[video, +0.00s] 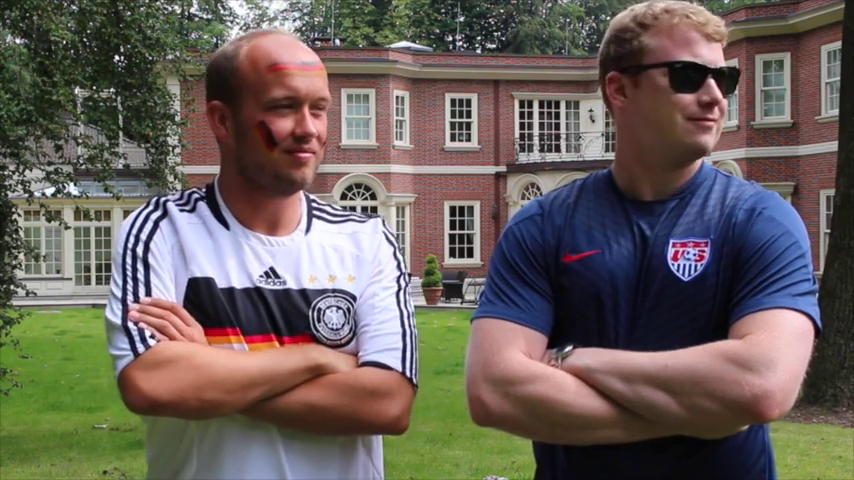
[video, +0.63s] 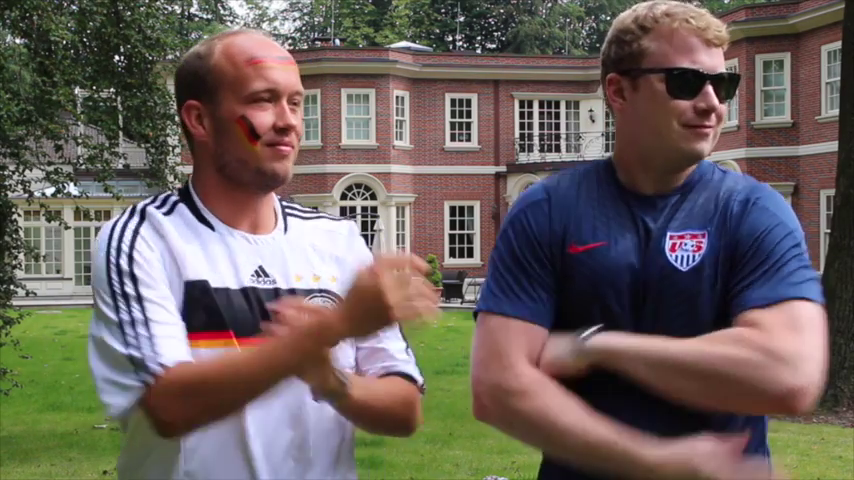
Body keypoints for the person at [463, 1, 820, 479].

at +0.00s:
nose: (714, 95)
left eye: (722, 79)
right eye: (687, 76)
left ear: (729, 90)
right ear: (618, 92)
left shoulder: (760, 220)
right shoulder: (539, 227)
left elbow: (762, 387)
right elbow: (492, 391)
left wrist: (569, 362)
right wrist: (685, 411)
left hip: (725, 473)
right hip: (575, 473)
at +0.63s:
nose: (711, 102)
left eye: (720, 84)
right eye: (684, 82)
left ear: (728, 92)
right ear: (618, 93)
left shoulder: (753, 211)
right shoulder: (542, 213)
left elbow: (789, 374)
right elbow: (497, 387)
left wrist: (592, 346)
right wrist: (653, 457)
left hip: (724, 472)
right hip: (578, 469)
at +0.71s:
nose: (700, 115)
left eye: (713, 95)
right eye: (674, 95)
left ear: (723, 97)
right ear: (611, 100)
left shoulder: (760, 214)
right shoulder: (542, 213)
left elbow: (847, 368)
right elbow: (498, 380)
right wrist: (590, 454)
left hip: (730, 469)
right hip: (593, 473)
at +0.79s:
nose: (679, 132)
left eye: (695, 108)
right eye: (653, 113)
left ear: (710, 105)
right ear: (601, 113)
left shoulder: (763, 214)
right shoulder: (542, 211)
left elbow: (823, 342)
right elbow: (492, 378)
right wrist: (600, 415)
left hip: (729, 470)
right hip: (592, 474)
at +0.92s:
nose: (655, 156)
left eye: (677, 133)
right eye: (632, 133)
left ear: (708, 122)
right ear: (601, 123)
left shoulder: (762, 236)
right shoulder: (544, 224)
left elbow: (811, 383)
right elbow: (495, 381)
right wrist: (582, 438)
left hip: (718, 466)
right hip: (591, 471)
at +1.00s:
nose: (661, 183)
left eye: (684, 161)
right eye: (638, 160)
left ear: (716, 148)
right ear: (611, 145)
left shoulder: (768, 259)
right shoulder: (552, 238)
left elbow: (804, 433)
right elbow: (503, 371)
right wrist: (546, 425)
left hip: (720, 466)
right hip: (587, 465)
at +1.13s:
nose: (692, 182)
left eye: (716, 162)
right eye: (670, 158)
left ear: (748, 138)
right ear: (646, 136)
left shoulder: (777, 256)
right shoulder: (590, 212)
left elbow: (693, 414)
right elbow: (535, 344)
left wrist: (516, 401)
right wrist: (434, 412)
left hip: (740, 472)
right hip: (619, 469)